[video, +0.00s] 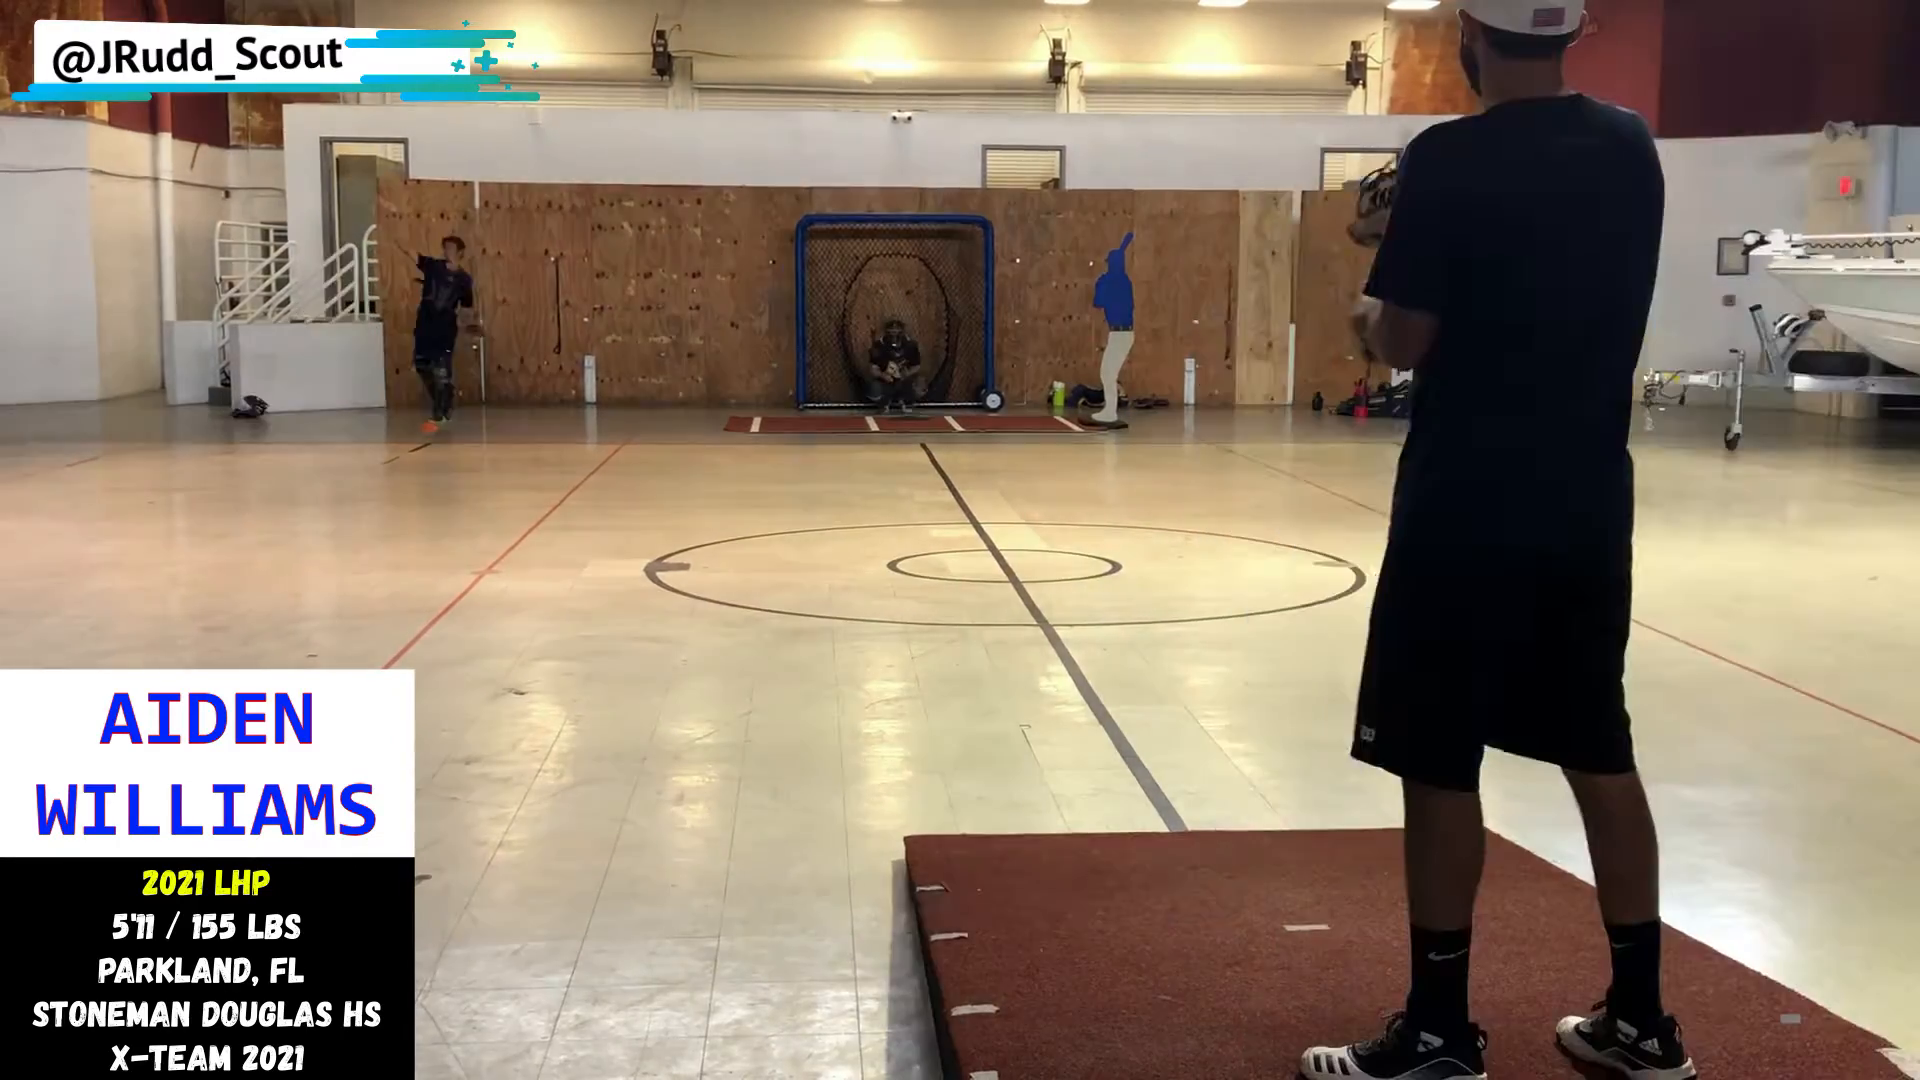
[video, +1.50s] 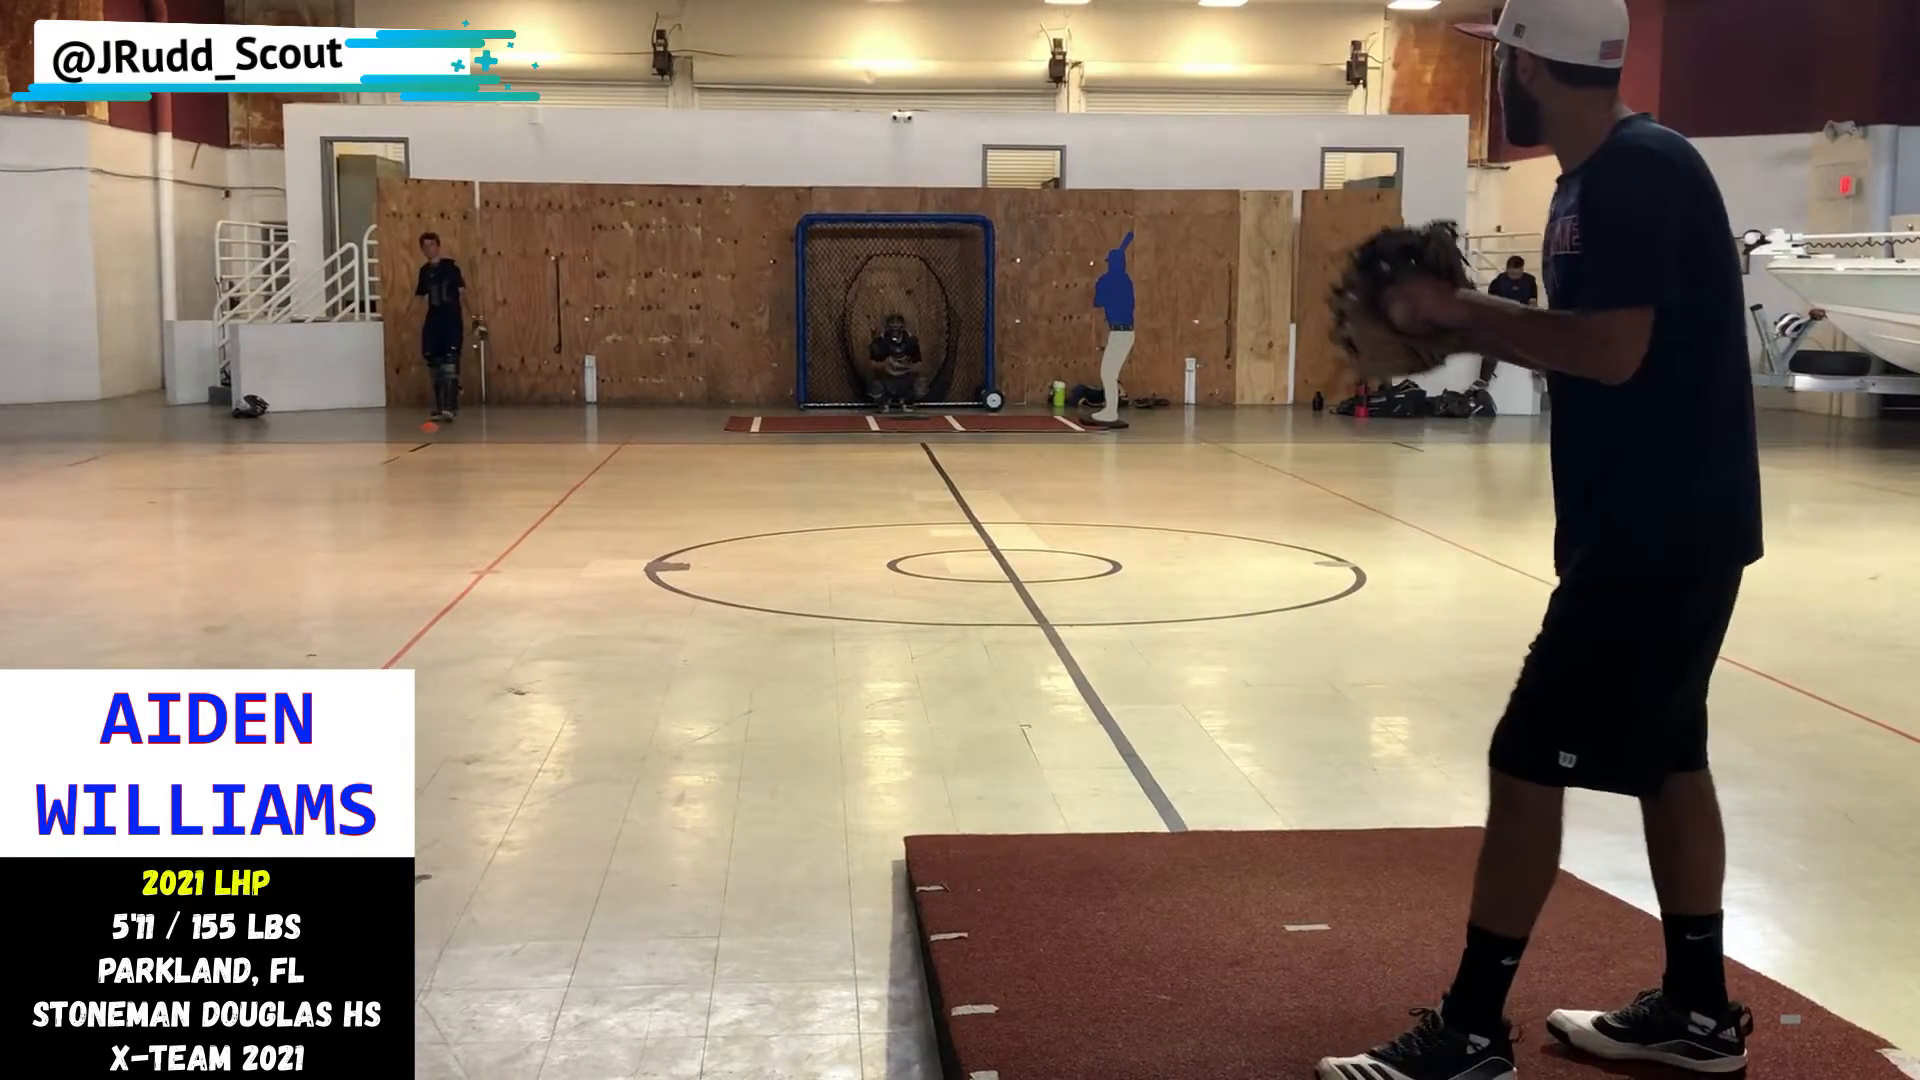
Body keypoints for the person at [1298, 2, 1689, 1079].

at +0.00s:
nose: (1453, 48)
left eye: (1456, 33)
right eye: (1464, 32)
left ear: (1472, 44)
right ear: (1567, 40)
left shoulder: (1446, 156)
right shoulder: (1629, 147)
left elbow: (1402, 338)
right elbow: (1594, 313)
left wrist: (1377, 308)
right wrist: (1426, 259)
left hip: (1462, 508)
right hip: (1588, 507)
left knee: (1438, 756)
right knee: (1600, 747)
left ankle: (1437, 1027)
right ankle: (1639, 1011)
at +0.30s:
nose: (1462, 51)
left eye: (1464, 37)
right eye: (1475, 36)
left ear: (1478, 45)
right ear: (1575, 46)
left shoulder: (1434, 157)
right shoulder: (1649, 166)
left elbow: (1373, 327)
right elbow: (1626, 310)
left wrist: (1472, 294)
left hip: (1446, 528)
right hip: (1582, 529)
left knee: (1439, 767)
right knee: (1595, 754)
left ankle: (1438, 1027)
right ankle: (1639, 1013)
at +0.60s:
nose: (1450, 44)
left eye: (1453, 31)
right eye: (1464, 30)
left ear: (1462, 42)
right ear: (1558, 42)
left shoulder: (1433, 154)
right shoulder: (1626, 155)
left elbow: (1407, 296)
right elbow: (1572, 291)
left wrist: (1414, 153)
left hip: (1458, 512)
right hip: (1592, 514)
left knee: (1440, 759)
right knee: (1603, 754)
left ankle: (1438, 1026)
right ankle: (1641, 1012)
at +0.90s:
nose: (1412, 63)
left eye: (1415, 43)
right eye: (1420, 43)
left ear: (1429, 51)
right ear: (1529, 48)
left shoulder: (1431, 171)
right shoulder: (1600, 152)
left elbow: (1387, 350)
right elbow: (1552, 311)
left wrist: (1377, 258)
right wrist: (1409, 247)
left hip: (1511, 526)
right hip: (1629, 515)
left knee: (1436, 767)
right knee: (1561, 742)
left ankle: (1436, 1030)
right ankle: (1662, 980)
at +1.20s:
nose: (1465, 97)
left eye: (1469, 72)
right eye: (1465, 74)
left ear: (1502, 71)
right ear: (1559, 70)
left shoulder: (1579, 174)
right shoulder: (1600, 168)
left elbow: (1584, 352)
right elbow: (1581, 344)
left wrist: (1458, 348)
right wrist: (1470, 352)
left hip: (1622, 533)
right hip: (1665, 526)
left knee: (1496, 748)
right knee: (1639, 758)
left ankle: (1446, 1018)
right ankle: (1690, 1005)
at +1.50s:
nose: (1501, 85)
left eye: (1508, 61)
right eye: (1503, 62)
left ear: (1539, 66)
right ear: (1601, 64)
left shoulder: (1633, 175)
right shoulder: (1611, 174)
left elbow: (1611, 347)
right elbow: (1593, 342)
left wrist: (1460, 315)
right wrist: (1471, 313)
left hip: (1645, 546)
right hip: (1671, 539)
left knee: (1525, 758)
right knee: (1669, 758)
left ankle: (1471, 1028)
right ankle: (1696, 1004)